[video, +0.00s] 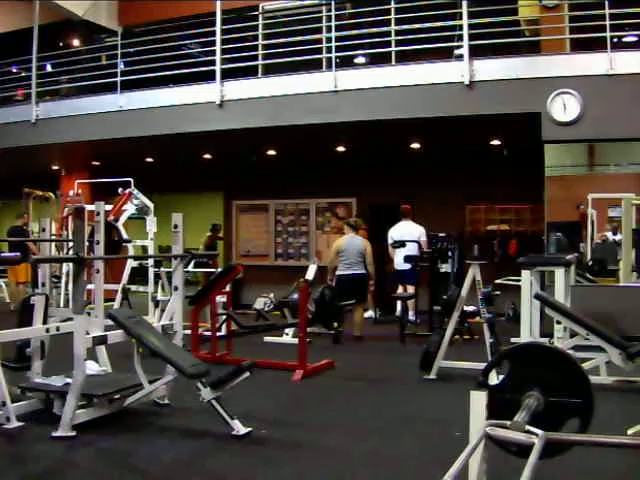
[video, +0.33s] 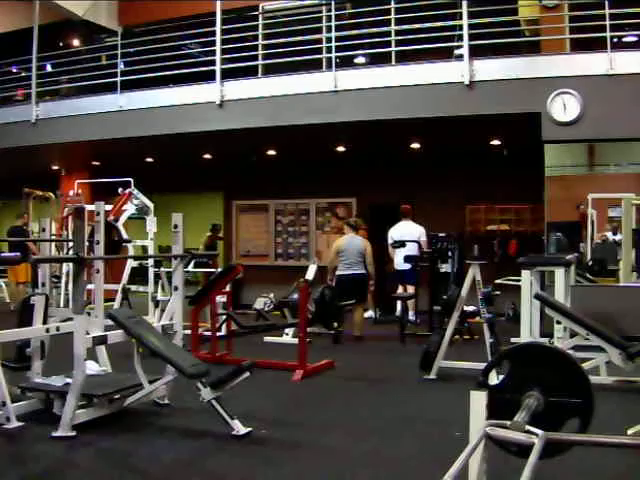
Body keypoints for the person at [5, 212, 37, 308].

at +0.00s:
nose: (28, 220)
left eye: (27, 217)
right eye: (27, 218)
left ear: (17, 218)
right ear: (24, 218)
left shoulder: (10, 230)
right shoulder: (23, 231)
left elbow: (10, 244)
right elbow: (30, 244)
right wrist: (36, 251)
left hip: (10, 260)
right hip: (22, 259)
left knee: (12, 284)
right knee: (21, 284)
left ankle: (13, 303)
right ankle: (21, 303)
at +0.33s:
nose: (28, 220)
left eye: (27, 217)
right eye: (27, 218)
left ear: (17, 218)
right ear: (24, 218)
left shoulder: (10, 230)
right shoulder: (23, 231)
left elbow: (10, 244)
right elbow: (30, 244)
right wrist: (36, 251)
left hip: (10, 260)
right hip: (22, 259)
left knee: (12, 284)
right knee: (21, 284)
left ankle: (13, 303)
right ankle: (21, 303)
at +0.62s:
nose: (27, 220)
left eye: (26, 218)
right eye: (26, 218)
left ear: (16, 218)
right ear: (23, 218)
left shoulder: (9, 230)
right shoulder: (23, 231)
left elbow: (10, 244)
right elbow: (28, 244)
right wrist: (35, 251)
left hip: (11, 259)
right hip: (22, 259)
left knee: (12, 284)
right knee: (21, 284)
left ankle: (13, 303)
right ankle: (22, 303)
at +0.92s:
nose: (24, 220)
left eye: (23, 218)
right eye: (24, 218)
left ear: (14, 218)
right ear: (22, 218)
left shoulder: (9, 230)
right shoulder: (23, 230)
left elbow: (9, 243)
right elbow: (28, 243)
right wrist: (36, 251)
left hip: (10, 259)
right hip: (22, 259)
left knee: (12, 283)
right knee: (21, 283)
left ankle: (12, 303)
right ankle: (21, 303)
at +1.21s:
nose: (23, 219)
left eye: (21, 217)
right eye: (22, 217)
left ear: (12, 218)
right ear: (21, 218)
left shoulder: (9, 230)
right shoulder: (23, 230)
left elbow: (9, 243)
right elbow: (29, 243)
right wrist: (35, 250)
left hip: (10, 259)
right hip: (22, 259)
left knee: (12, 283)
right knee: (21, 283)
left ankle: (13, 303)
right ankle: (21, 303)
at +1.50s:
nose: (21, 219)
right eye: (21, 218)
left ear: (12, 218)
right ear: (20, 218)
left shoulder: (8, 230)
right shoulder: (23, 231)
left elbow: (9, 243)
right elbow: (28, 243)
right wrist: (35, 250)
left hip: (10, 260)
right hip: (21, 260)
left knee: (12, 284)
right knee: (21, 284)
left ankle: (12, 303)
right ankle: (21, 304)